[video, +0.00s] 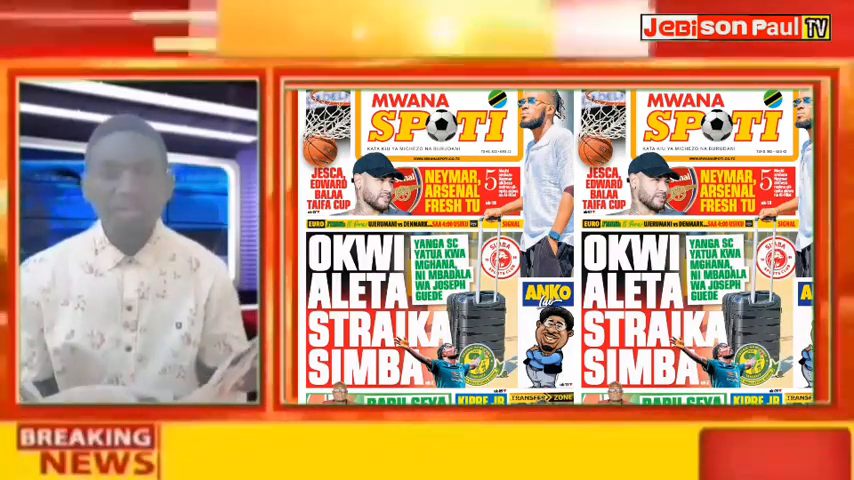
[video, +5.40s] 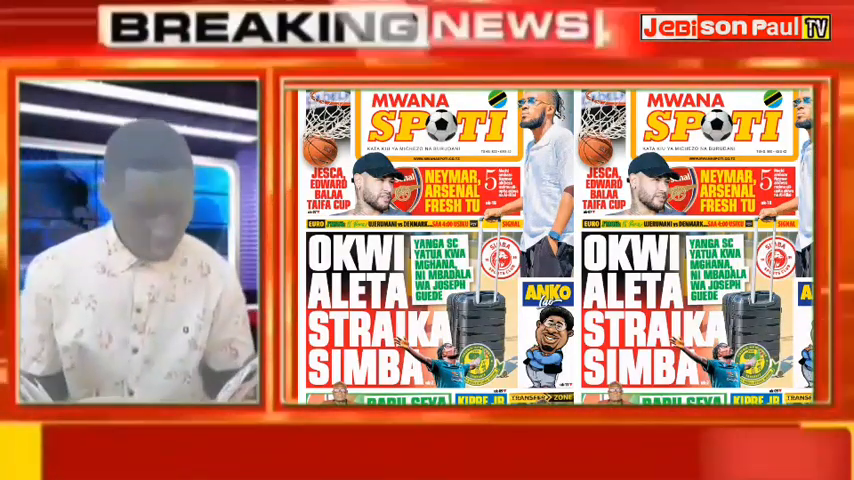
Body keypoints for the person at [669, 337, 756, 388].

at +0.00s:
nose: (729, 348)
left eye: (729, 347)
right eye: (725, 347)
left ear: (731, 351)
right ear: (718, 353)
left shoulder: (737, 366)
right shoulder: (714, 364)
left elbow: (750, 365)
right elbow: (698, 359)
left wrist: (754, 359)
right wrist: (684, 348)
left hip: (737, 401)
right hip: (720, 402)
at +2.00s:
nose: (728, 349)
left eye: (729, 347)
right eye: (724, 347)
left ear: (731, 351)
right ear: (718, 353)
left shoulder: (737, 366)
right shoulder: (714, 364)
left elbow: (750, 365)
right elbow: (698, 359)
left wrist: (754, 359)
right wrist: (684, 348)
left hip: (737, 401)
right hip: (720, 401)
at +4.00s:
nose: (728, 348)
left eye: (729, 347)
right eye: (724, 347)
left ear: (731, 351)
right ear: (718, 353)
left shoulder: (737, 366)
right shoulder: (714, 364)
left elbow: (749, 365)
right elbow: (698, 359)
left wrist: (754, 359)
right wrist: (684, 348)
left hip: (737, 400)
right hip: (720, 400)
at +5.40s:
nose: (729, 348)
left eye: (729, 347)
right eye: (725, 347)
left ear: (731, 351)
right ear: (718, 353)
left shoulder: (737, 366)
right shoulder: (714, 364)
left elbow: (749, 365)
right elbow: (698, 359)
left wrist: (754, 359)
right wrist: (684, 348)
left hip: (736, 400)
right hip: (720, 401)